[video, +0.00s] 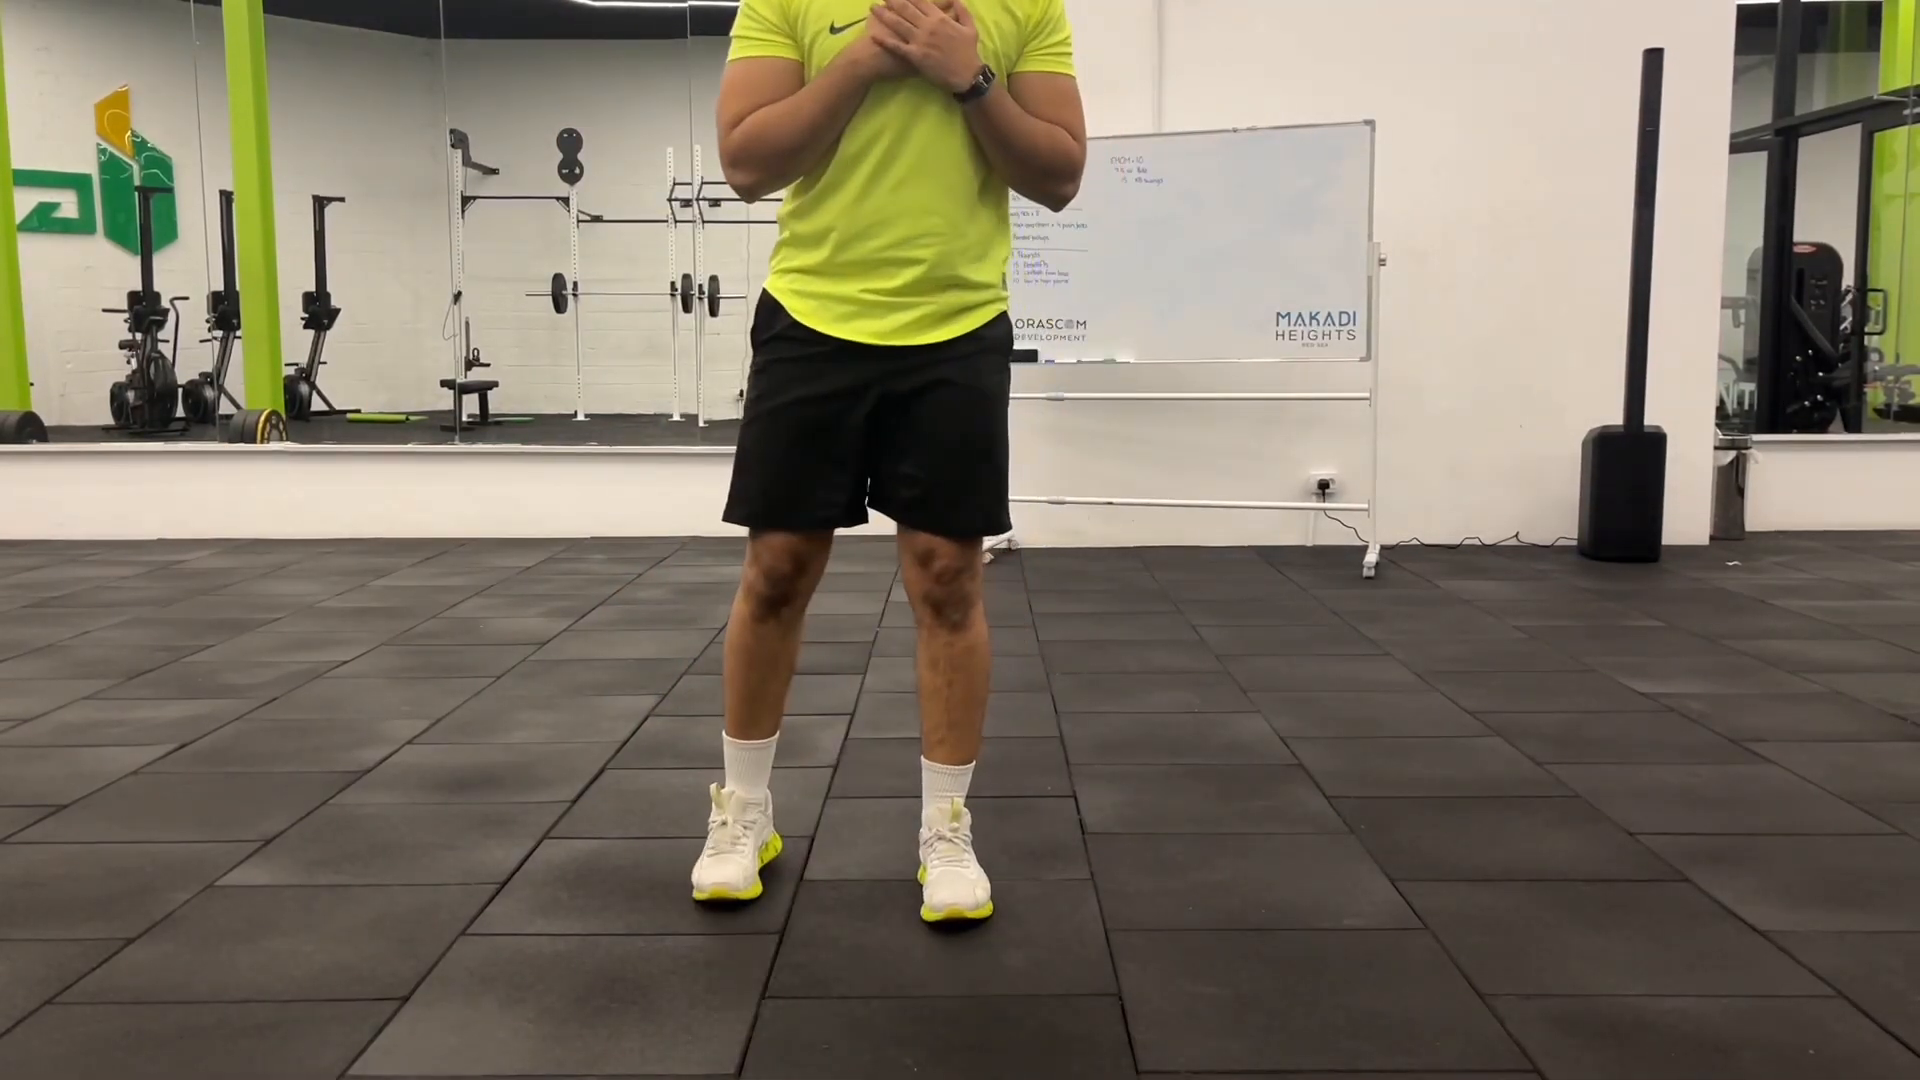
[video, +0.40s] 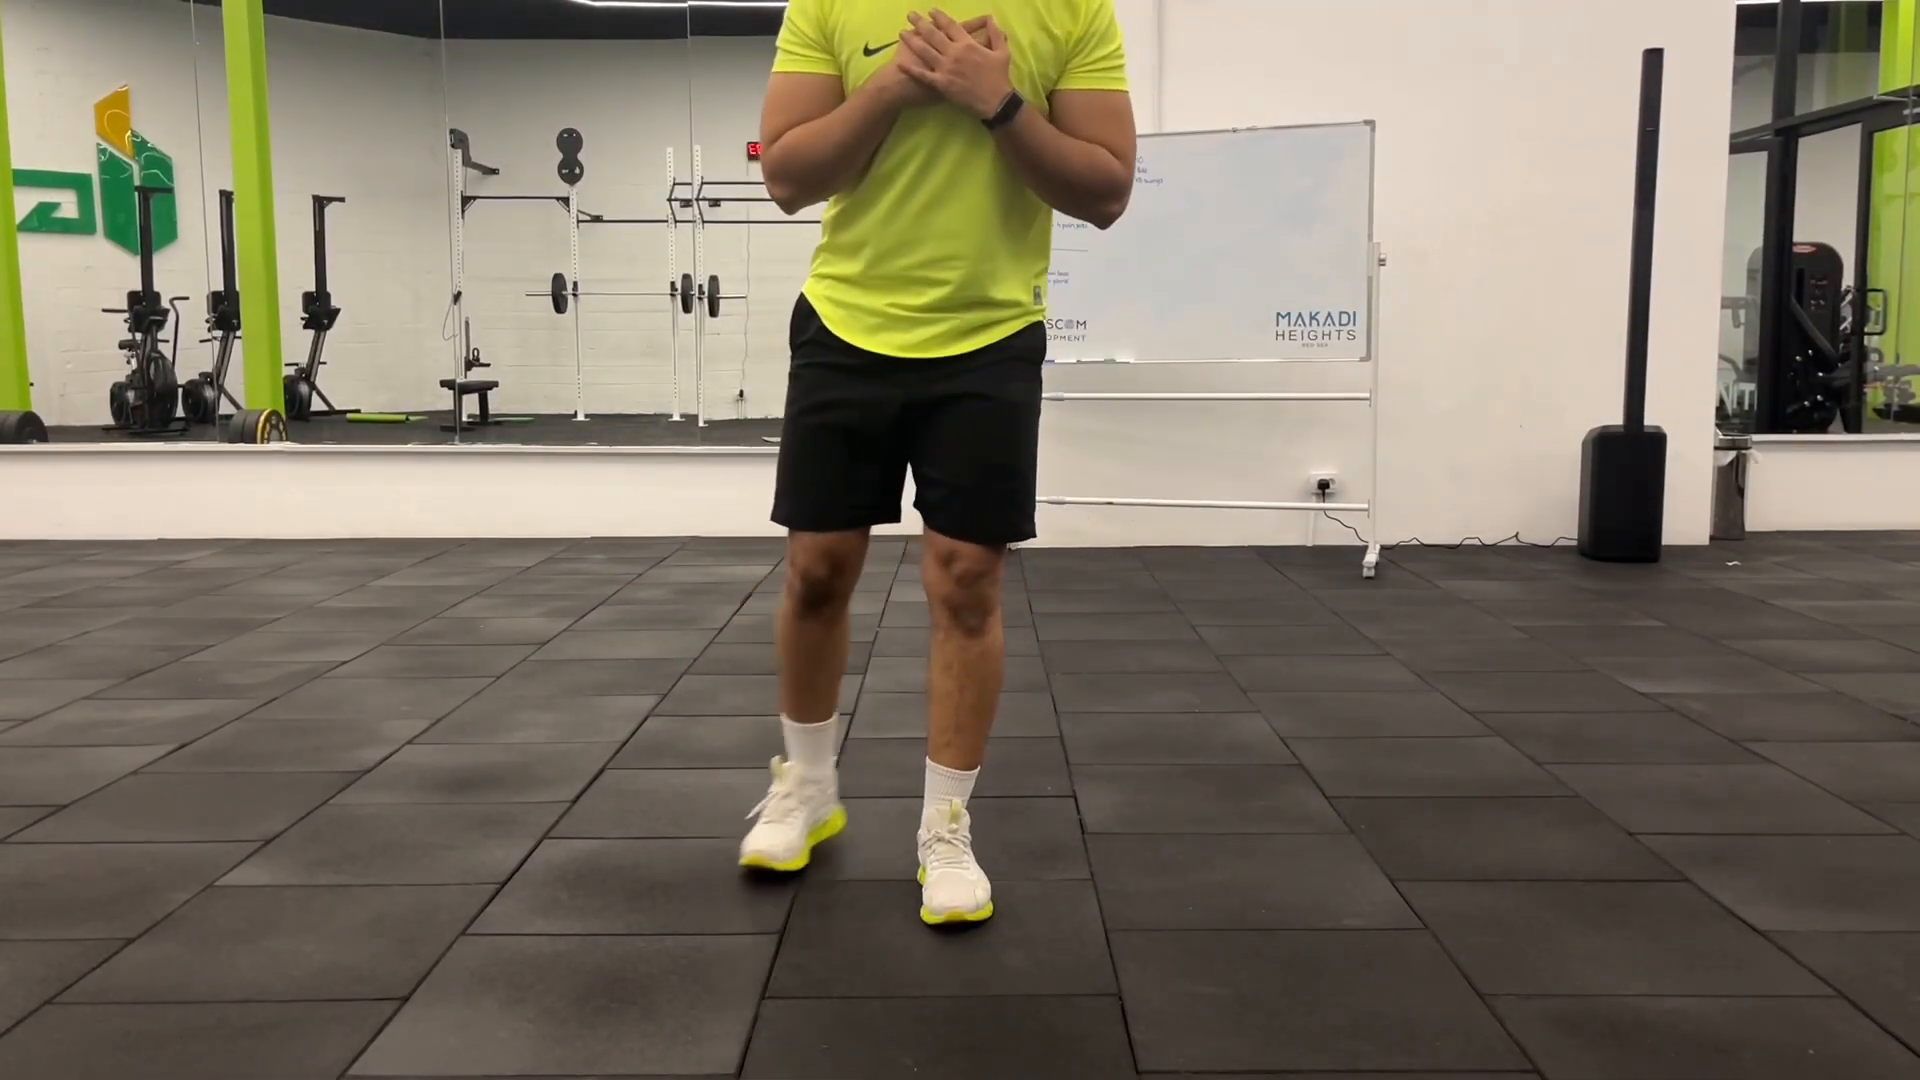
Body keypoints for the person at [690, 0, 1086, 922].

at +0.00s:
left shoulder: (1021, 6)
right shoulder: (785, 1)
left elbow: (1060, 177)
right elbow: (747, 163)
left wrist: (973, 81)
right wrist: (863, 56)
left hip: (957, 322)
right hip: (813, 315)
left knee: (947, 578)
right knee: (777, 572)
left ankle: (948, 841)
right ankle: (742, 813)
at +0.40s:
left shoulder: (1072, 12)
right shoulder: (827, 6)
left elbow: (1106, 191)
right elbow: (787, 178)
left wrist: (1001, 104)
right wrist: (890, 83)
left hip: (989, 328)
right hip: (848, 319)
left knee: (967, 578)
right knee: (816, 573)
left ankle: (946, 830)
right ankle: (803, 788)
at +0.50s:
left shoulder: (1079, 15)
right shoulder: (836, 8)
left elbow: (1112, 199)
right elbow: (792, 182)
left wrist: (1006, 114)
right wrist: (902, 94)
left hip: (996, 330)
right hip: (858, 324)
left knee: (972, 582)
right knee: (847, 576)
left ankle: (949, 826)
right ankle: (888, 729)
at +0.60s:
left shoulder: (1082, 20)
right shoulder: (842, 11)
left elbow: (1114, 215)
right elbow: (794, 192)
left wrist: (1019, 136)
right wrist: (908, 110)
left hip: (1005, 331)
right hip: (870, 330)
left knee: (977, 582)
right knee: (891, 581)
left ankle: (947, 829)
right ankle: (983, 675)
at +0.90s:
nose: (993, 46)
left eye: (1016, 21)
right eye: (972, 20)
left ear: (1041, 24)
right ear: (933, 18)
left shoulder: (1091, 148)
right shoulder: (853, 140)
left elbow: (1126, 322)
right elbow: (816, 320)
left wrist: (1029, 270)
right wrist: (928, 252)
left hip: (1033, 395)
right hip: (908, 411)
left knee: (973, 607)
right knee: (998, 604)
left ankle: (946, 834)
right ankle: (1093, 684)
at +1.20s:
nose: (994, 177)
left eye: (1015, 151)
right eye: (973, 150)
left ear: (1043, 149)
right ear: (937, 150)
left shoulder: (1103, 265)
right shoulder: (877, 266)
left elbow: (1142, 426)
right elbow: (851, 430)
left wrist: (1036, 386)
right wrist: (937, 373)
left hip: (1058, 484)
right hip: (940, 509)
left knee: (970, 609)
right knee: (1029, 729)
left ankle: (944, 831)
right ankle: (1126, 687)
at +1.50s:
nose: (999, 217)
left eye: (1020, 193)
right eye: (979, 192)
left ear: (1048, 193)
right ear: (946, 191)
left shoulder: (1106, 313)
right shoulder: (885, 313)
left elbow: (1144, 473)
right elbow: (858, 477)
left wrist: (1040, 426)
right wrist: (943, 413)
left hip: (1063, 523)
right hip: (944, 546)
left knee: (970, 613)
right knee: (1028, 782)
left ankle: (943, 831)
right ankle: (1124, 693)